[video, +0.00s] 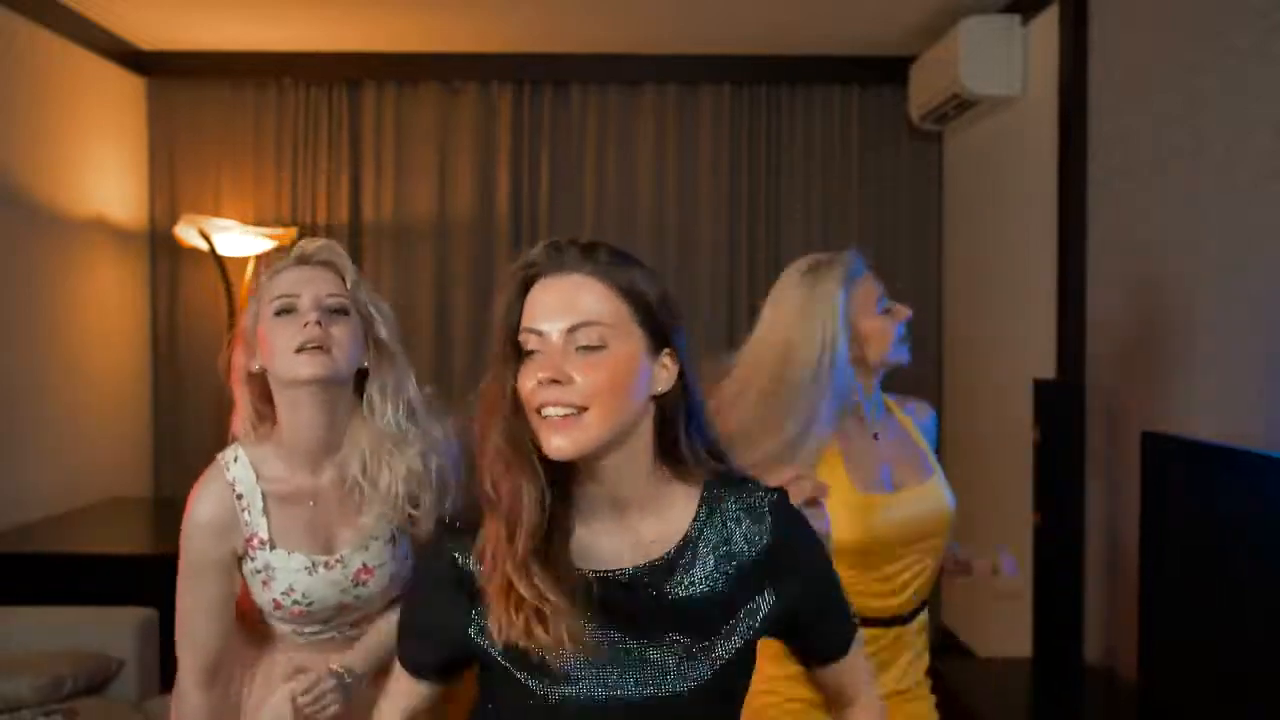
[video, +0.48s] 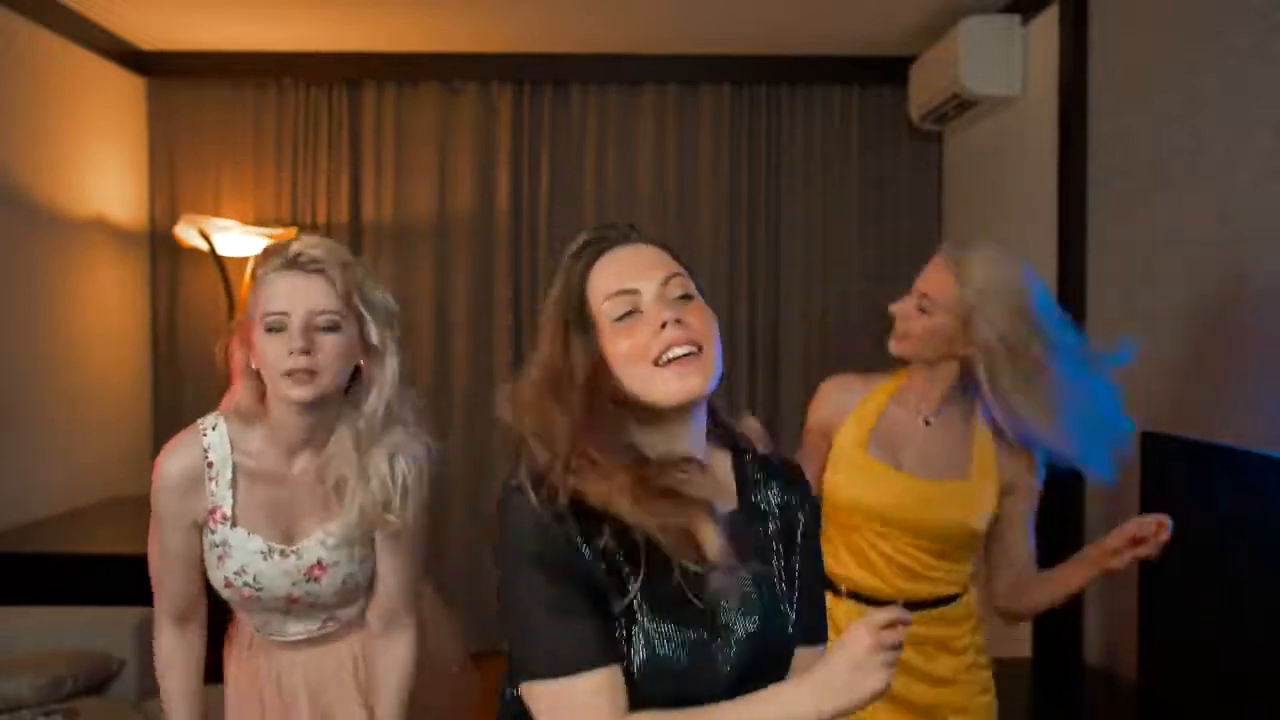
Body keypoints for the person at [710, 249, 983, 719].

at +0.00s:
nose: (905, 313)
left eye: (892, 302)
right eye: (883, 308)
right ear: (835, 333)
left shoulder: (915, 419)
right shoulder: (784, 440)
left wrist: (946, 560)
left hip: (902, 681)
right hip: (798, 686)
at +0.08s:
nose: (916, 285)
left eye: (904, 272)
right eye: (891, 283)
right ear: (839, 310)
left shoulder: (927, 388)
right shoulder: (795, 408)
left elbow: (920, 518)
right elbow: (772, 570)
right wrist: (817, 545)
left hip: (917, 656)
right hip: (825, 664)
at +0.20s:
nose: (922, 273)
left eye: (924, 251)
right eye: (892, 267)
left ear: (936, 248)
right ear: (847, 285)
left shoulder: (962, 373)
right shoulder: (812, 369)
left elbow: (952, 501)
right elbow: (767, 507)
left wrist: (1041, 483)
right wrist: (799, 533)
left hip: (939, 625)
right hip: (839, 629)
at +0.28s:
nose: (917, 298)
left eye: (931, 274)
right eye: (893, 282)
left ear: (958, 278)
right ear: (866, 293)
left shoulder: (985, 407)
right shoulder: (822, 392)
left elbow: (972, 542)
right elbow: (775, 522)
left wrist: (1067, 496)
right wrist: (809, 555)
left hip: (949, 663)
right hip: (845, 661)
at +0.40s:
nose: (904, 329)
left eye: (931, 319)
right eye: (908, 314)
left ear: (984, 348)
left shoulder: (1005, 468)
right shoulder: (834, 431)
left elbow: (1016, 616)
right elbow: (779, 561)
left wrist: (1102, 559)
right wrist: (795, 683)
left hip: (956, 695)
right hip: (848, 692)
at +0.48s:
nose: (896, 309)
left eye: (923, 308)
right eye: (908, 295)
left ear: (973, 341)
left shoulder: (1006, 453)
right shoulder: (839, 403)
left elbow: (1011, 597)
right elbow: (792, 531)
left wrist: (1099, 558)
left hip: (951, 674)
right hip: (844, 663)